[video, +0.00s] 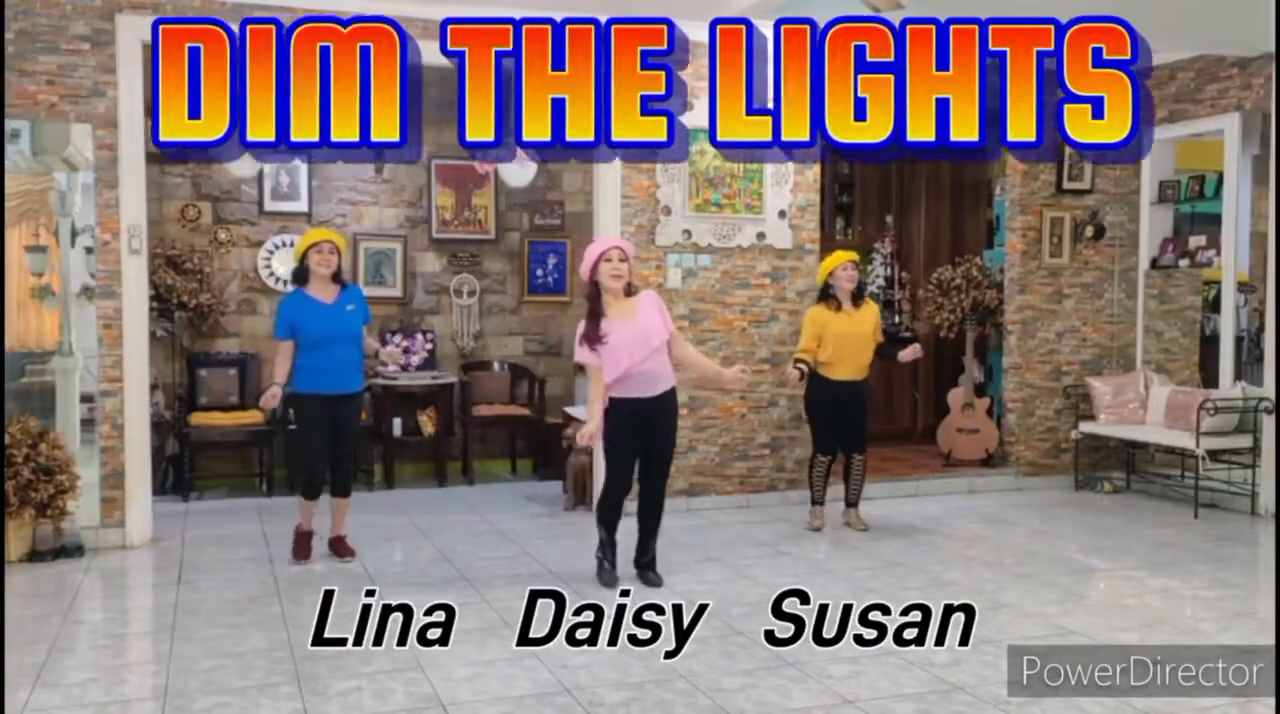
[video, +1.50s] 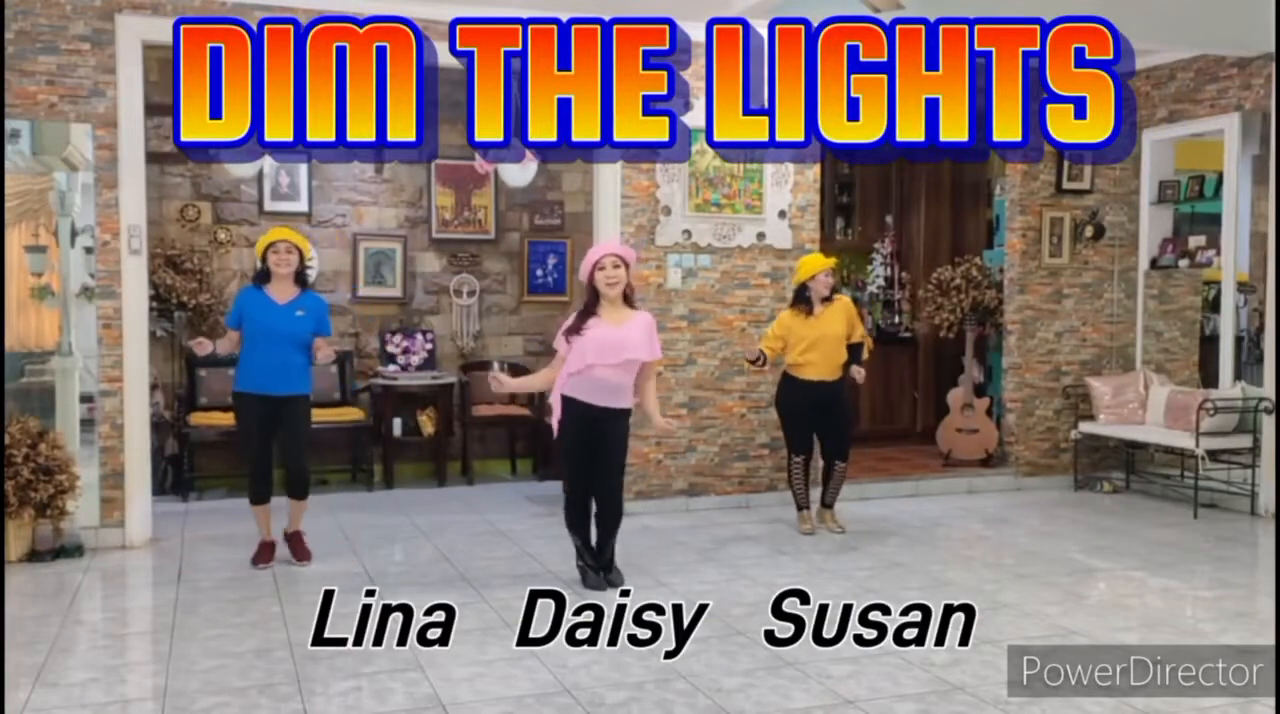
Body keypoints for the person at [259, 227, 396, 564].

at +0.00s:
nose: (325, 257)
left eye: (331, 252)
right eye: (318, 252)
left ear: (339, 259)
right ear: (306, 259)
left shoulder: (354, 296)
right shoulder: (292, 303)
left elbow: (363, 338)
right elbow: (284, 351)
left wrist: (379, 351)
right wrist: (277, 385)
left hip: (348, 395)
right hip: (308, 396)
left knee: (343, 466)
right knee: (312, 467)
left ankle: (338, 535)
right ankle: (304, 531)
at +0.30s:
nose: (327, 256)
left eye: (332, 251)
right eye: (320, 251)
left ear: (340, 259)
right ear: (307, 258)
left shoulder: (354, 295)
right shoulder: (294, 302)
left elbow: (362, 340)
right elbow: (286, 349)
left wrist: (385, 347)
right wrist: (281, 377)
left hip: (348, 394)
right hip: (308, 395)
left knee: (344, 465)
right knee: (313, 465)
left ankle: (338, 536)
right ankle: (311, 533)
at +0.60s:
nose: (319, 256)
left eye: (325, 251)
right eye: (312, 250)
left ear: (333, 258)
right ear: (300, 257)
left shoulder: (344, 297)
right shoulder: (284, 298)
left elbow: (350, 343)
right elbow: (274, 340)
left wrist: (378, 342)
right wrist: (267, 370)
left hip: (336, 394)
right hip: (294, 394)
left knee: (337, 464)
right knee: (294, 463)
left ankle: (338, 535)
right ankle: (274, 535)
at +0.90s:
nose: (302, 256)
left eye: (308, 251)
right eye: (295, 251)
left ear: (316, 259)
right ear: (283, 258)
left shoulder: (324, 303)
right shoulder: (263, 295)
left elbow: (325, 349)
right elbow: (244, 336)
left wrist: (349, 357)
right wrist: (234, 362)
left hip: (309, 396)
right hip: (265, 395)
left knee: (320, 463)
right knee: (265, 465)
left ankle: (335, 534)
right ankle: (267, 538)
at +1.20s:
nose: (288, 255)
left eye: (294, 250)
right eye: (281, 249)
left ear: (304, 259)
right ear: (269, 256)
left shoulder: (315, 304)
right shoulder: (249, 294)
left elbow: (316, 349)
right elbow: (229, 335)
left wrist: (327, 356)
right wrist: (214, 354)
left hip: (296, 396)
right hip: (254, 395)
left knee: (295, 464)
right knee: (259, 465)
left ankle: (292, 536)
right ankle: (266, 539)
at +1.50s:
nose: (282, 257)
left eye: (289, 251)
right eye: (275, 251)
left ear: (300, 260)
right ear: (265, 258)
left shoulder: (314, 303)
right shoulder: (248, 297)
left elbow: (320, 349)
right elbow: (232, 341)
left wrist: (325, 353)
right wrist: (212, 346)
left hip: (295, 397)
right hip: (252, 395)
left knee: (297, 464)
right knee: (258, 466)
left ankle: (294, 532)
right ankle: (266, 539)